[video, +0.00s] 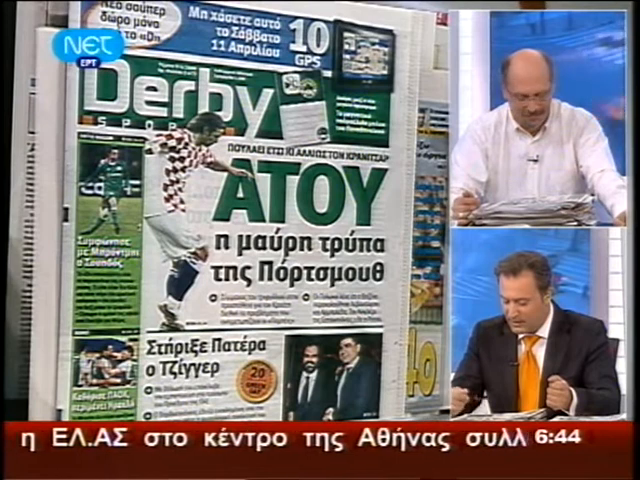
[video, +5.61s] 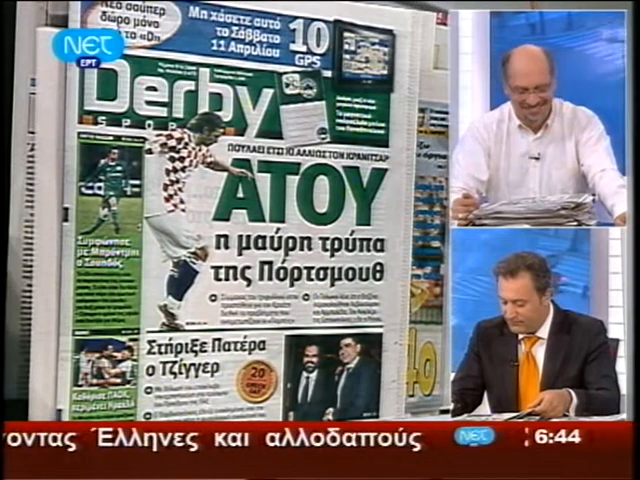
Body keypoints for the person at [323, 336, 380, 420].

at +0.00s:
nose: (343, 351)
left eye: (347, 346)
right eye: (341, 348)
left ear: (358, 348)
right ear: (339, 351)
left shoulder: (367, 368)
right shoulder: (341, 371)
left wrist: (335, 416)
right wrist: (332, 410)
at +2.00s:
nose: (343, 351)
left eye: (347, 346)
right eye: (341, 348)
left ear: (358, 348)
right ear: (339, 351)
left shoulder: (367, 368)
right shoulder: (341, 371)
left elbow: (361, 408)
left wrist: (335, 416)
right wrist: (331, 410)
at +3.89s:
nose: (343, 351)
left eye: (347, 346)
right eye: (341, 348)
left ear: (358, 348)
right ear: (339, 351)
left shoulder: (367, 367)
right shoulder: (341, 371)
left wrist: (335, 416)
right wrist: (331, 410)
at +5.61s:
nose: (342, 351)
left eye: (347, 346)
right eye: (341, 348)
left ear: (358, 348)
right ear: (339, 351)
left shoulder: (367, 368)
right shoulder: (341, 371)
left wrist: (336, 415)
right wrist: (332, 411)